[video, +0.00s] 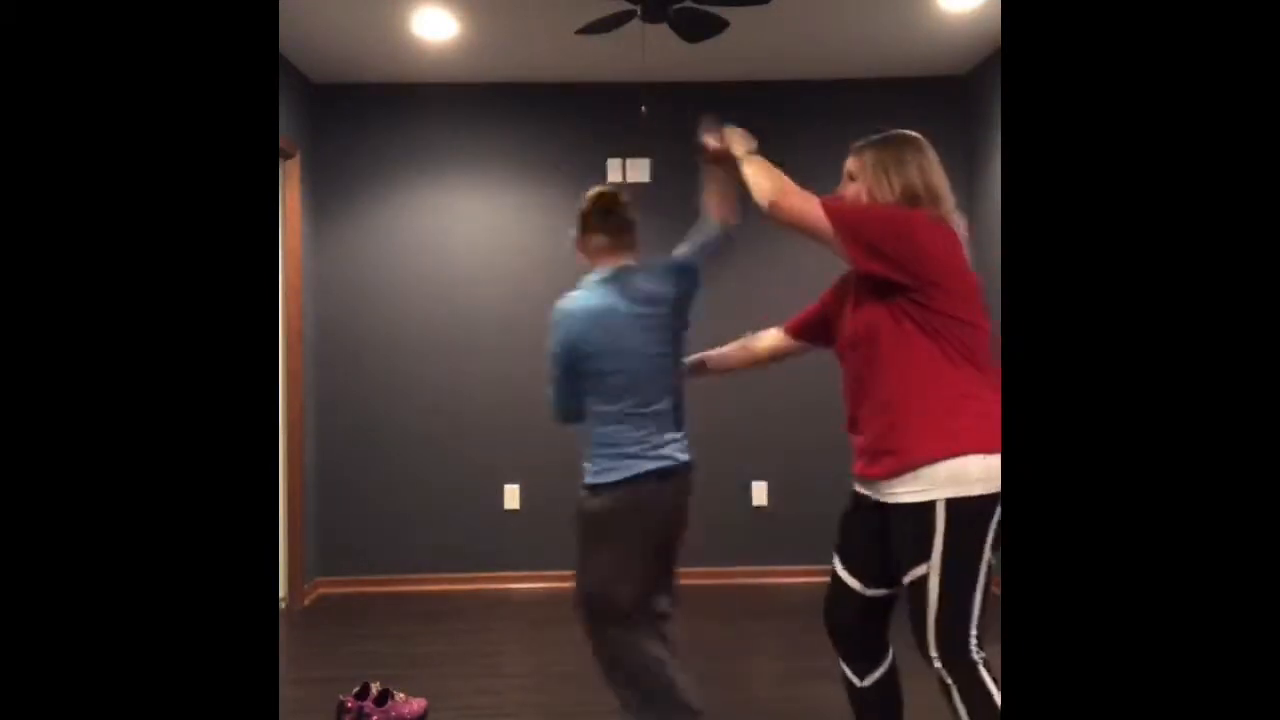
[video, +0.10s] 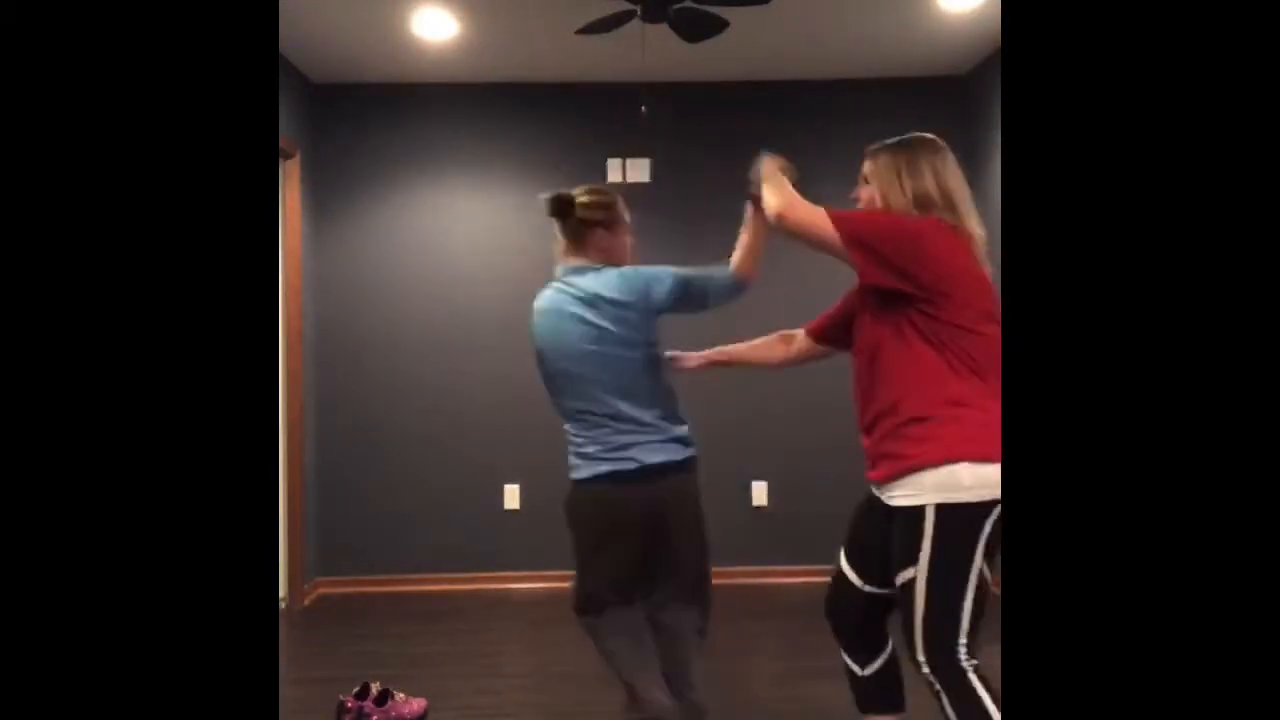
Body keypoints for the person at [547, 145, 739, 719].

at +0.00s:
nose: (579, 248)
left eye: (579, 241)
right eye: (585, 240)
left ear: (585, 243)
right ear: (632, 238)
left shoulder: (573, 311)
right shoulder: (669, 280)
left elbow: (567, 408)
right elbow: (720, 222)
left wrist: (610, 368)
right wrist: (714, 159)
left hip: (612, 486)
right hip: (672, 476)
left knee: (609, 615)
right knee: (652, 607)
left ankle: (672, 709)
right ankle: (652, 704)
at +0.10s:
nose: (632, 238)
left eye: (629, 227)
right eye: (626, 228)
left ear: (571, 237)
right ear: (603, 234)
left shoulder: (544, 308)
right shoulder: (636, 287)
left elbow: (569, 388)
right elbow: (737, 276)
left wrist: (651, 359)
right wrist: (757, 209)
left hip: (597, 486)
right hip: (668, 478)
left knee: (605, 606)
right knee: (678, 599)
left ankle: (654, 699)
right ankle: (684, 698)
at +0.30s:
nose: (624, 226)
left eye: (621, 214)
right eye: (613, 215)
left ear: (571, 223)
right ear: (580, 222)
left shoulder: (561, 279)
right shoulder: (588, 278)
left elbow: (608, 382)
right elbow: (685, 323)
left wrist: (670, 356)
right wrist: (754, 284)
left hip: (586, 469)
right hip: (617, 472)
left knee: (621, 607)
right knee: (663, 609)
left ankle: (614, 708)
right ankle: (676, 707)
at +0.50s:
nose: (624, 210)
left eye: (623, 199)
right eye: (610, 202)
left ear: (614, 206)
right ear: (573, 211)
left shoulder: (602, 276)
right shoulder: (569, 275)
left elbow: (665, 345)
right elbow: (618, 356)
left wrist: (699, 280)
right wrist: (694, 361)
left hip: (620, 465)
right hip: (596, 470)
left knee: (624, 601)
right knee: (661, 601)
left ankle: (612, 707)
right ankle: (656, 709)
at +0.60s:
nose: (628, 208)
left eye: (627, 197)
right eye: (612, 201)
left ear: (628, 204)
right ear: (576, 214)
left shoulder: (629, 285)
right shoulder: (570, 281)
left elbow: (707, 313)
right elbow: (609, 370)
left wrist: (702, 234)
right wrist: (692, 390)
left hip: (644, 475)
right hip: (596, 478)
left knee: (644, 626)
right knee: (626, 629)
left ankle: (613, 706)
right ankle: (610, 709)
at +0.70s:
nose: (631, 207)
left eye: (638, 196)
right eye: (615, 198)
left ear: (648, 207)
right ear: (589, 213)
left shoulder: (661, 276)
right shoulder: (573, 282)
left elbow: (736, 256)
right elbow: (601, 379)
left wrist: (701, 186)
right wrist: (692, 408)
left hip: (662, 479)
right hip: (592, 483)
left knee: (677, 635)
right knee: (620, 638)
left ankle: (650, 713)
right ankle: (610, 715)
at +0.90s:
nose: (635, 231)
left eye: (648, 219)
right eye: (628, 221)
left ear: (681, 224)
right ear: (618, 231)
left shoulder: (711, 287)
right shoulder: (608, 289)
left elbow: (689, 176)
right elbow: (606, 382)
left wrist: (639, 151)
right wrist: (701, 410)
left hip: (691, 504)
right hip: (608, 504)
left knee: (709, 673)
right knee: (606, 679)